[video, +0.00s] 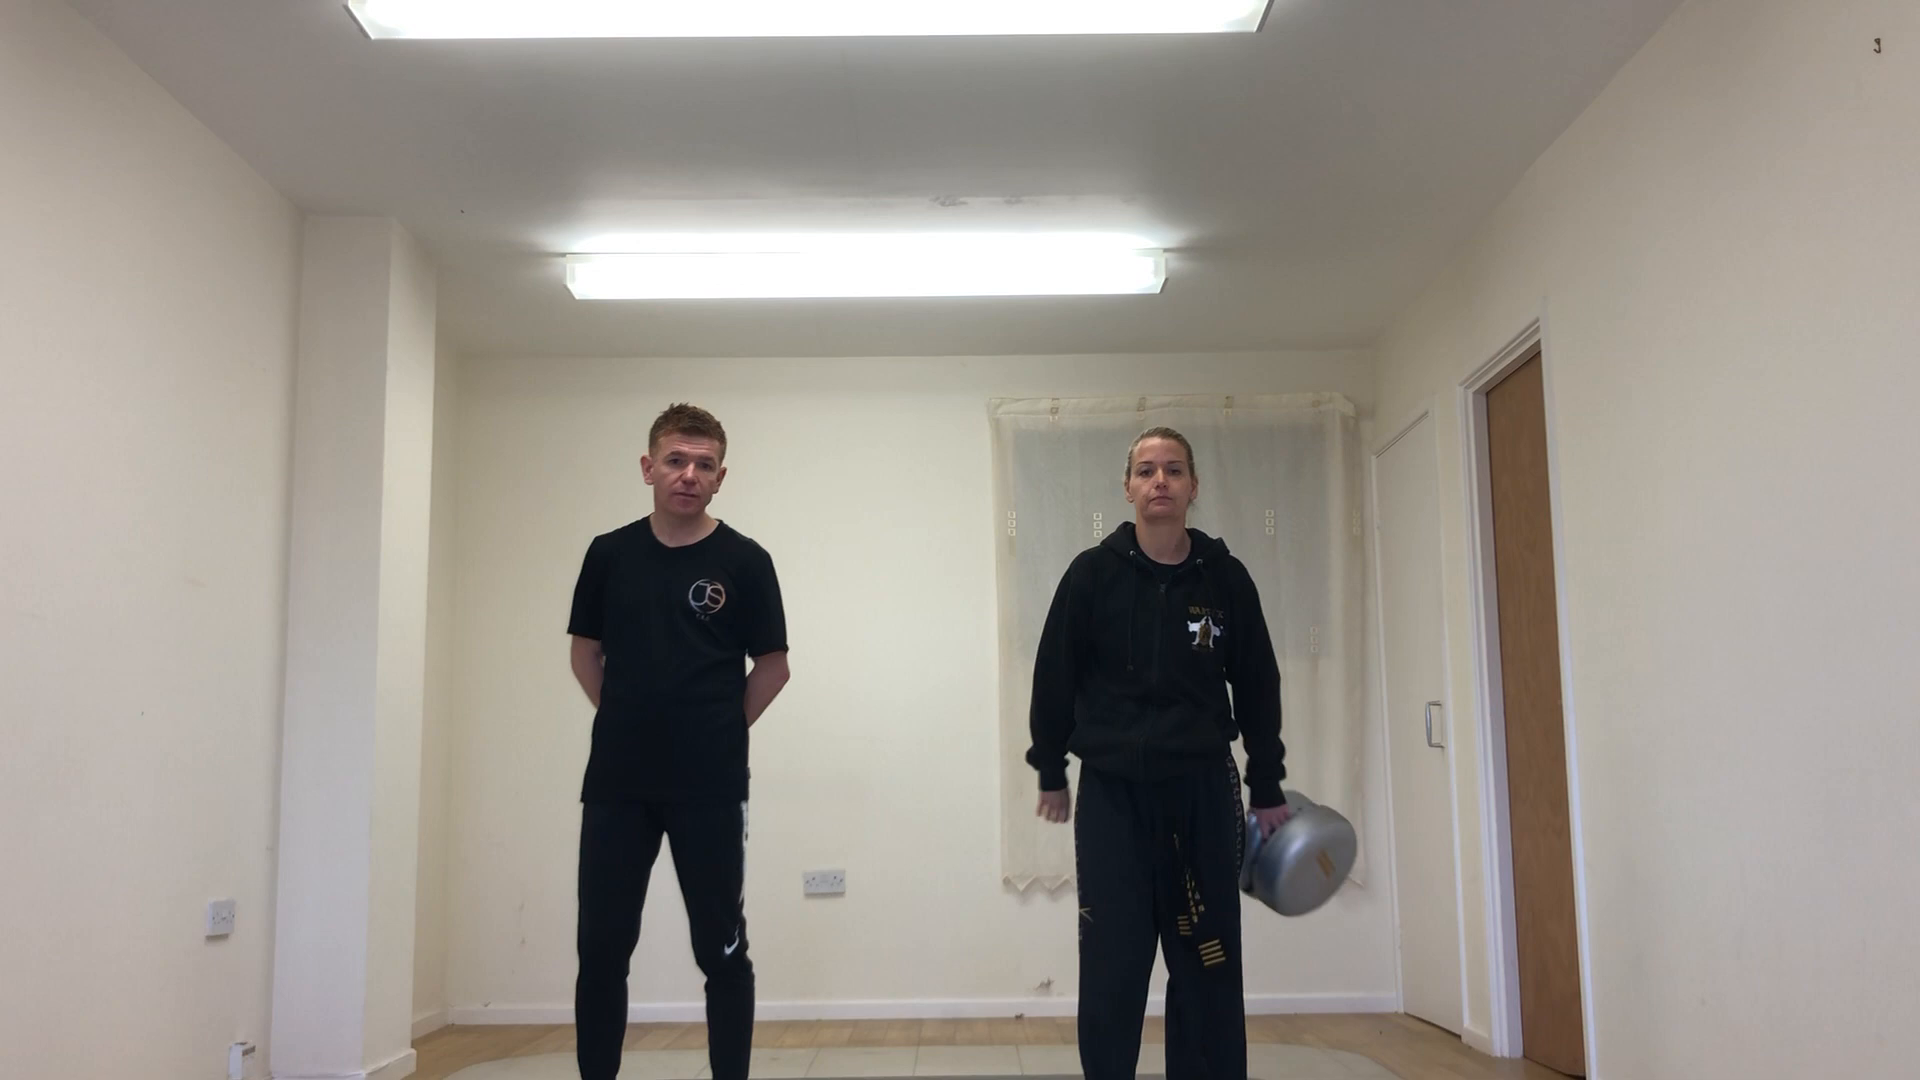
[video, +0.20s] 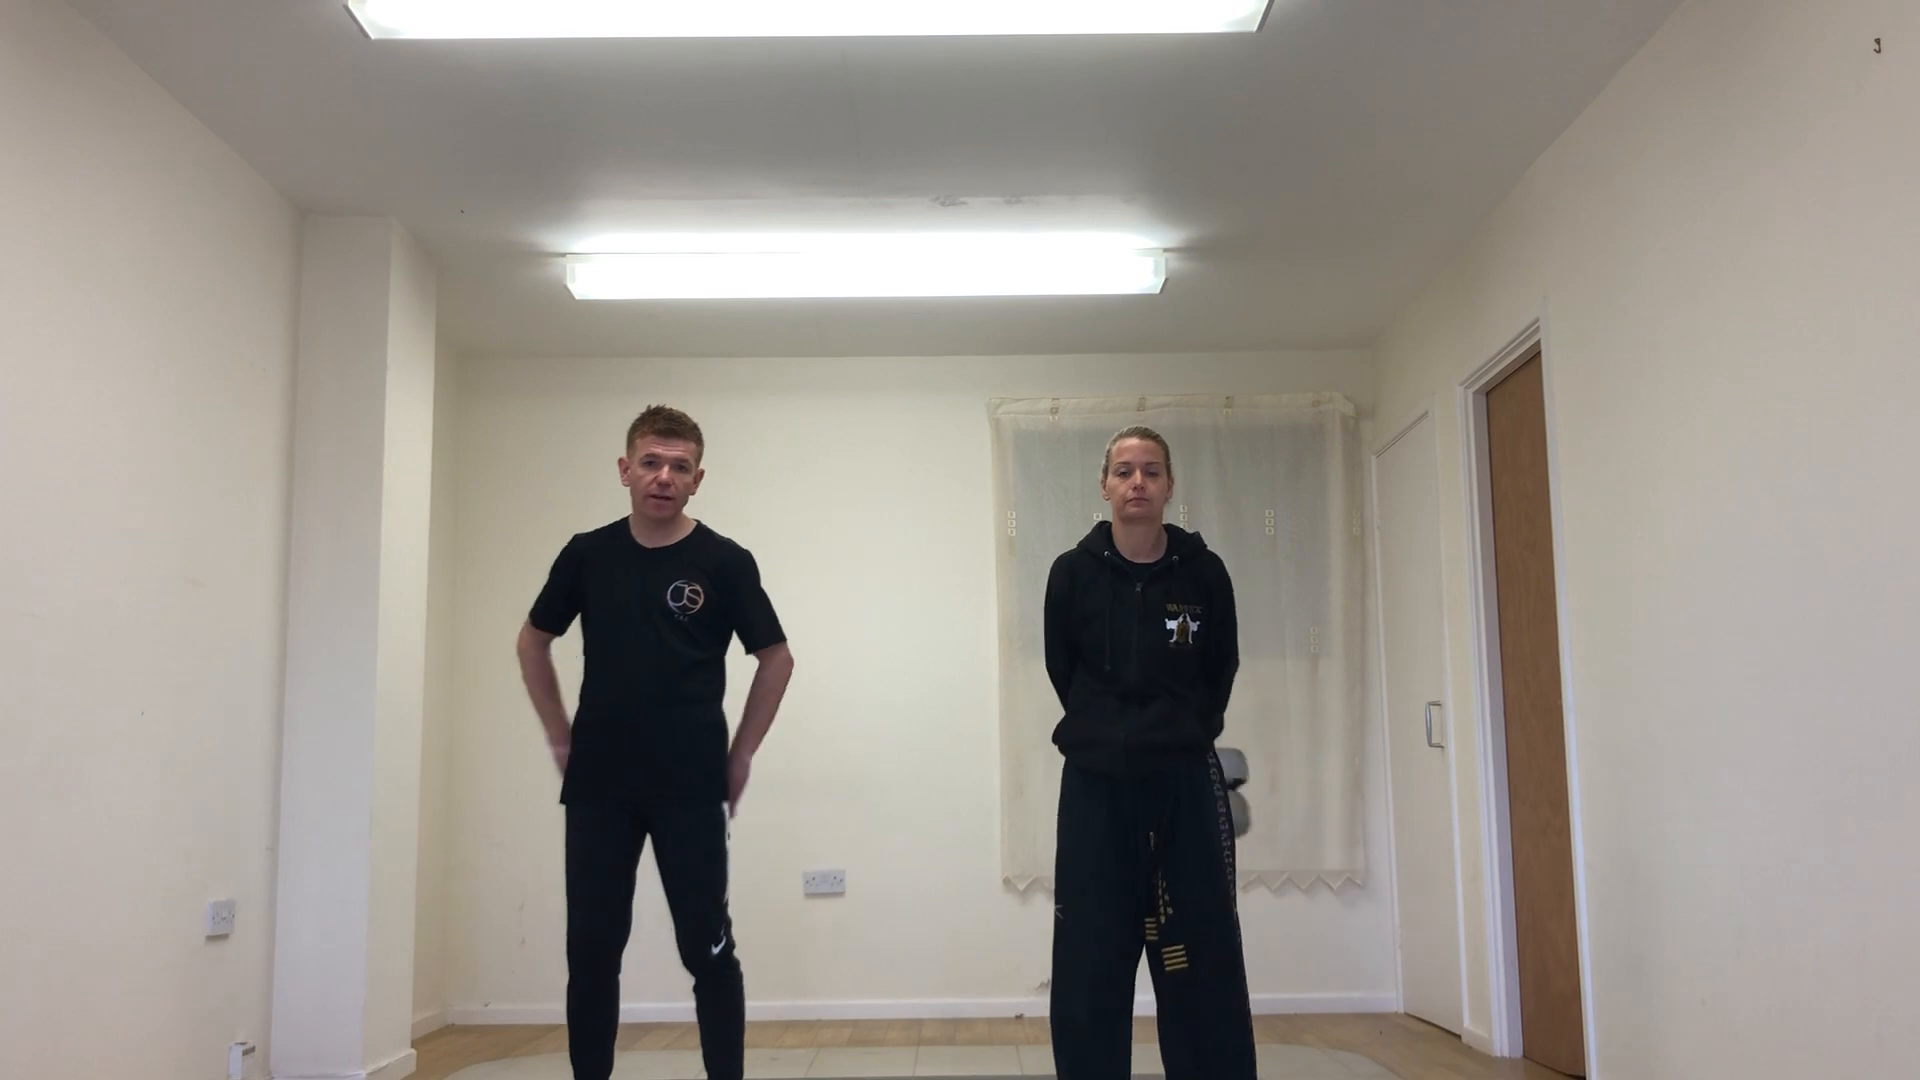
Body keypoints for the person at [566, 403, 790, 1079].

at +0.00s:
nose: (690, 475)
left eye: (704, 464)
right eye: (677, 461)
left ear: (719, 476)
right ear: (648, 468)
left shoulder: (746, 561)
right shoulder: (607, 553)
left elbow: (774, 665)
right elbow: (585, 658)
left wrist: (719, 725)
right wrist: (632, 717)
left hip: (708, 776)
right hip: (620, 773)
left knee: (722, 952)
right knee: (601, 953)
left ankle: (730, 1077)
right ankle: (596, 1076)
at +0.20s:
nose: (664, 477)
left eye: (679, 466)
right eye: (651, 463)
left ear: (695, 479)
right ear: (625, 470)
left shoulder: (726, 563)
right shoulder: (585, 555)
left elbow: (776, 658)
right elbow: (532, 641)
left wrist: (740, 754)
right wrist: (561, 739)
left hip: (689, 780)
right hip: (599, 778)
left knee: (709, 952)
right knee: (591, 955)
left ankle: (725, 1076)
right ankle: (590, 1077)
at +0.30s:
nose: (647, 474)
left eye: (663, 463)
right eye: (634, 461)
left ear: (680, 476)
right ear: (609, 470)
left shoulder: (712, 560)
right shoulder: (570, 555)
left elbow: (773, 651)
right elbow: (509, 633)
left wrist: (778, 757)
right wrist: (492, 735)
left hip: (675, 780)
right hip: (585, 779)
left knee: (694, 951)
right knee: (582, 957)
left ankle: (718, 1076)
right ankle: (586, 1077)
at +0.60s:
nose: (619, 471)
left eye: (633, 460)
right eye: (604, 459)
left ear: (651, 473)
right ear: (579, 471)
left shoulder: (690, 557)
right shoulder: (546, 557)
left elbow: (744, 652)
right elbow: (513, 660)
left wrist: (774, 745)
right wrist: (488, 757)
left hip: (652, 780)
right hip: (569, 778)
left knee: (633, 948)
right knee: (574, 953)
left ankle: (627, 1076)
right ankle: (583, 1076)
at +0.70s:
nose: (615, 470)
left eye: (629, 458)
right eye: (601, 457)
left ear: (649, 471)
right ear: (577, 469)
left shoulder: (686, 556)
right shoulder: (544, 554)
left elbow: (724, 661)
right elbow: (529, 662)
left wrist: (704, 763)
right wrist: (535, 755)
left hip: (650, 778)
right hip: (565, 778)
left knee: (642, 949)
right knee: (574, 950)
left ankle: (630, 1075)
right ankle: (582, 1073)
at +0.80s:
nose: (615, 470)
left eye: (629, 458)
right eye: (601, 457)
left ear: (649, 471)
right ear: (577, 469)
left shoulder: (687, 556)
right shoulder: (544, 554)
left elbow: (726, 660)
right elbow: (522, 663)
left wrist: (698, 759)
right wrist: (531, 760)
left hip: (650, 779)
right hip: (564, 777)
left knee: (645, 949)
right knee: (574, 949)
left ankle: (632, 1076)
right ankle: (583, 1074)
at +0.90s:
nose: (616, 470)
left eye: (630, 458)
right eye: (602, 457)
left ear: (651, 471)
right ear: (579, 469)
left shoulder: (687, 557)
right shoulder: (545, 553)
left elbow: (727, 662)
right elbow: (521, 666)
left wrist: (698, 764)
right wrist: (530, 765)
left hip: (649, 782)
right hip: (562, 779)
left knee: (643, 954)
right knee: (574, 957)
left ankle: (631, 1076)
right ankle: (583, 1075)